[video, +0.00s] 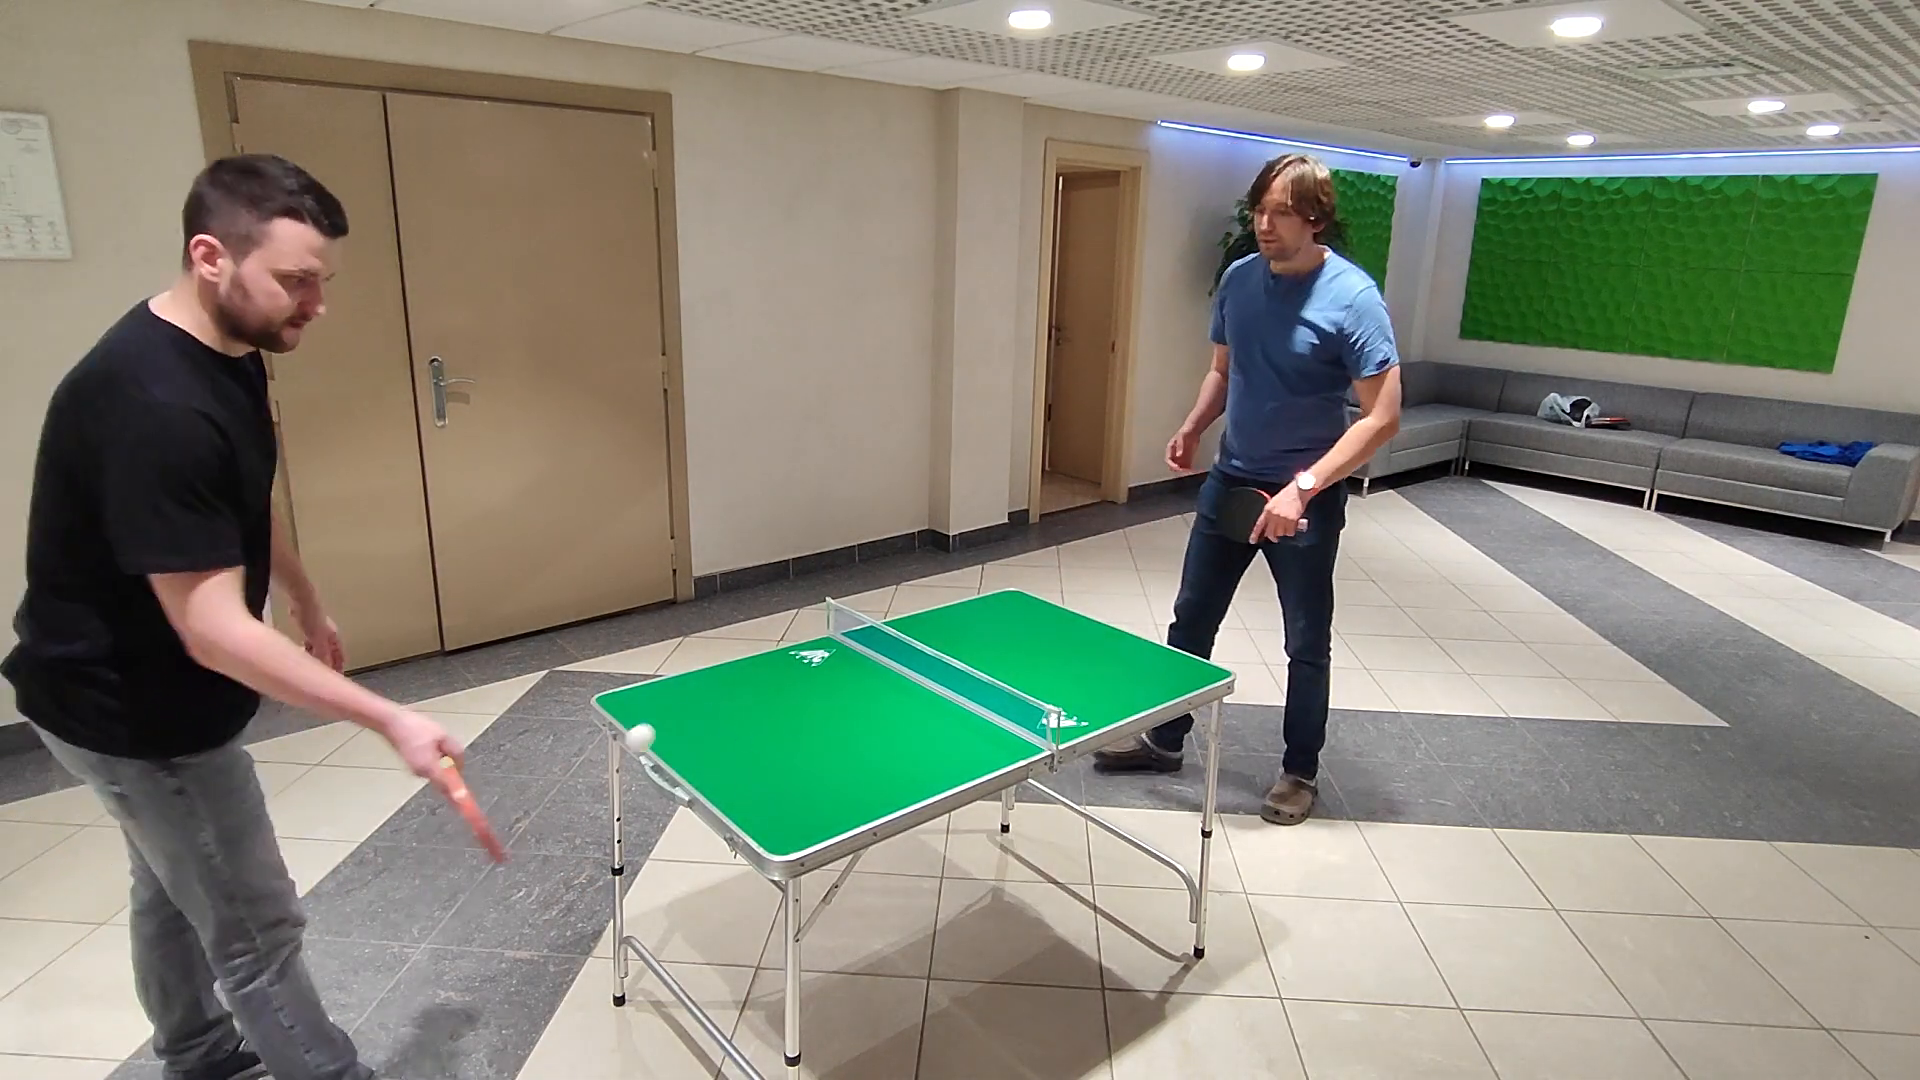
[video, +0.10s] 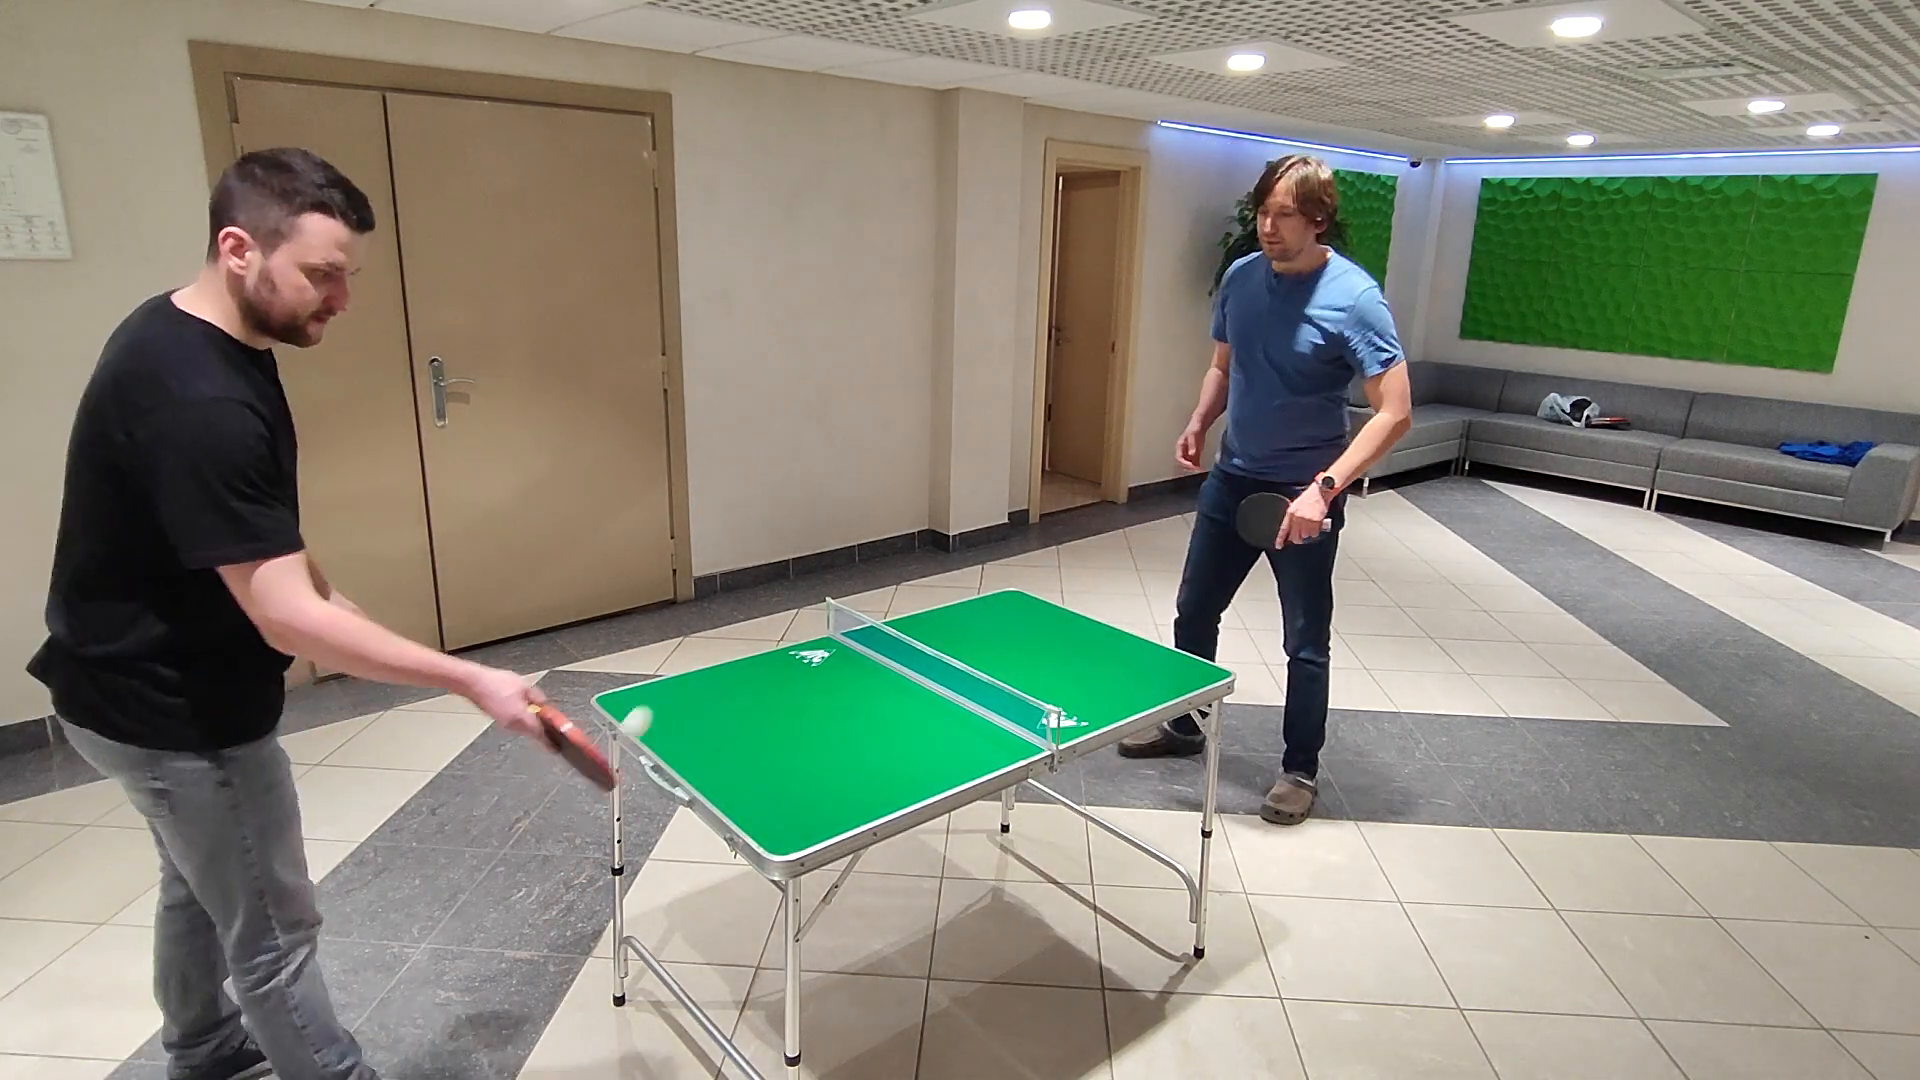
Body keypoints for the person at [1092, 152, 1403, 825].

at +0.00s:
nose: (1263, 224)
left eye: (1280, 214)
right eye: (1260, 211)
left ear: (1317, 222)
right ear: (1254, 214)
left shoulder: (1354, 296)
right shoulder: (1241, 277)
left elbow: (1385, 415)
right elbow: (1221, 370)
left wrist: (1303, 488)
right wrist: (1193, 425)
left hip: (1307, 493)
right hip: (1234, 478)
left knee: (1306, 644)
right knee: (1191, 619)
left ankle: (1298, 774)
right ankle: (1163, 739)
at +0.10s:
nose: (1269, 225)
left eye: (1285, 215)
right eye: (1264, 212)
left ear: (1319, 223)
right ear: (1258, 214)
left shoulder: (1354, 298)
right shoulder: (1240, 276)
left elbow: (1396, 412)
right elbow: (1223, 363)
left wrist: (1324, 489)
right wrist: (1200, 418)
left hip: (1307, 487)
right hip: (1235, 475)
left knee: (1306, 642)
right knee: (1194, 610)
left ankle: (1298, 773)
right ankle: (1185, 723)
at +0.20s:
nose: (1266, 231)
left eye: (1280, 221)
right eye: (1261, 218)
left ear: (1315, 225)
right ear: (1253, 216)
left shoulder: (1350, 296)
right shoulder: (1234, 276)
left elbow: (1397, 406)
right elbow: (1217, 364)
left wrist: (1333, 483)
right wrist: (1196, 419)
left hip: (1301, 483)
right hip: (1229, 472)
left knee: (1302, 639)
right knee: (1202, 602)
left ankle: (1298, 772)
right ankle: (1207, 709)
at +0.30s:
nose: (1253, 235)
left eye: (1267, 225)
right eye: (1247, 222)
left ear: (1302, 227)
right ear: (1241, 220)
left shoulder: (1340, 295)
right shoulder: (1226, 277)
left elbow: (1386, 403)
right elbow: (1206, 366)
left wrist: (1324, 477)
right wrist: (1189, 421)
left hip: (1295, 483)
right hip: (1223, 474)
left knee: (1295, 635)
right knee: (1209, 607)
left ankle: (1298, 773)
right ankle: (1209, 710)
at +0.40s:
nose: (1232, 240)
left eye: (1246, 228)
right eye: (1227, 227)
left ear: (1283, 228)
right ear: (1223, 225)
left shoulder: (1327, 294)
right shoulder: (1216, 282)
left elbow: (1365, 406)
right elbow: (1195, 368)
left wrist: (1296, 484)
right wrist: (1177, 423)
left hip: (1289, 484)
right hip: (1219, 474)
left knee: (1287, 636)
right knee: (1204, 606)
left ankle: (1298, 771)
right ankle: (1208, 712)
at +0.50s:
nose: (1215, 248)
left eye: (1227, 237)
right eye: (1210, 236)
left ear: (1265, 233)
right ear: (1209, 233)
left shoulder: (1312, 299)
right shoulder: (1209, 283)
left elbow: (1336, 416)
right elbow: (1196, 367)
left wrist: (1263, 490)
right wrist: (1165, 421)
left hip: (1286, 486)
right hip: (1220, 474)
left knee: (1286, 635)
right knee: (1200, 604)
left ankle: (1297, 771)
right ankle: (1206, 712)